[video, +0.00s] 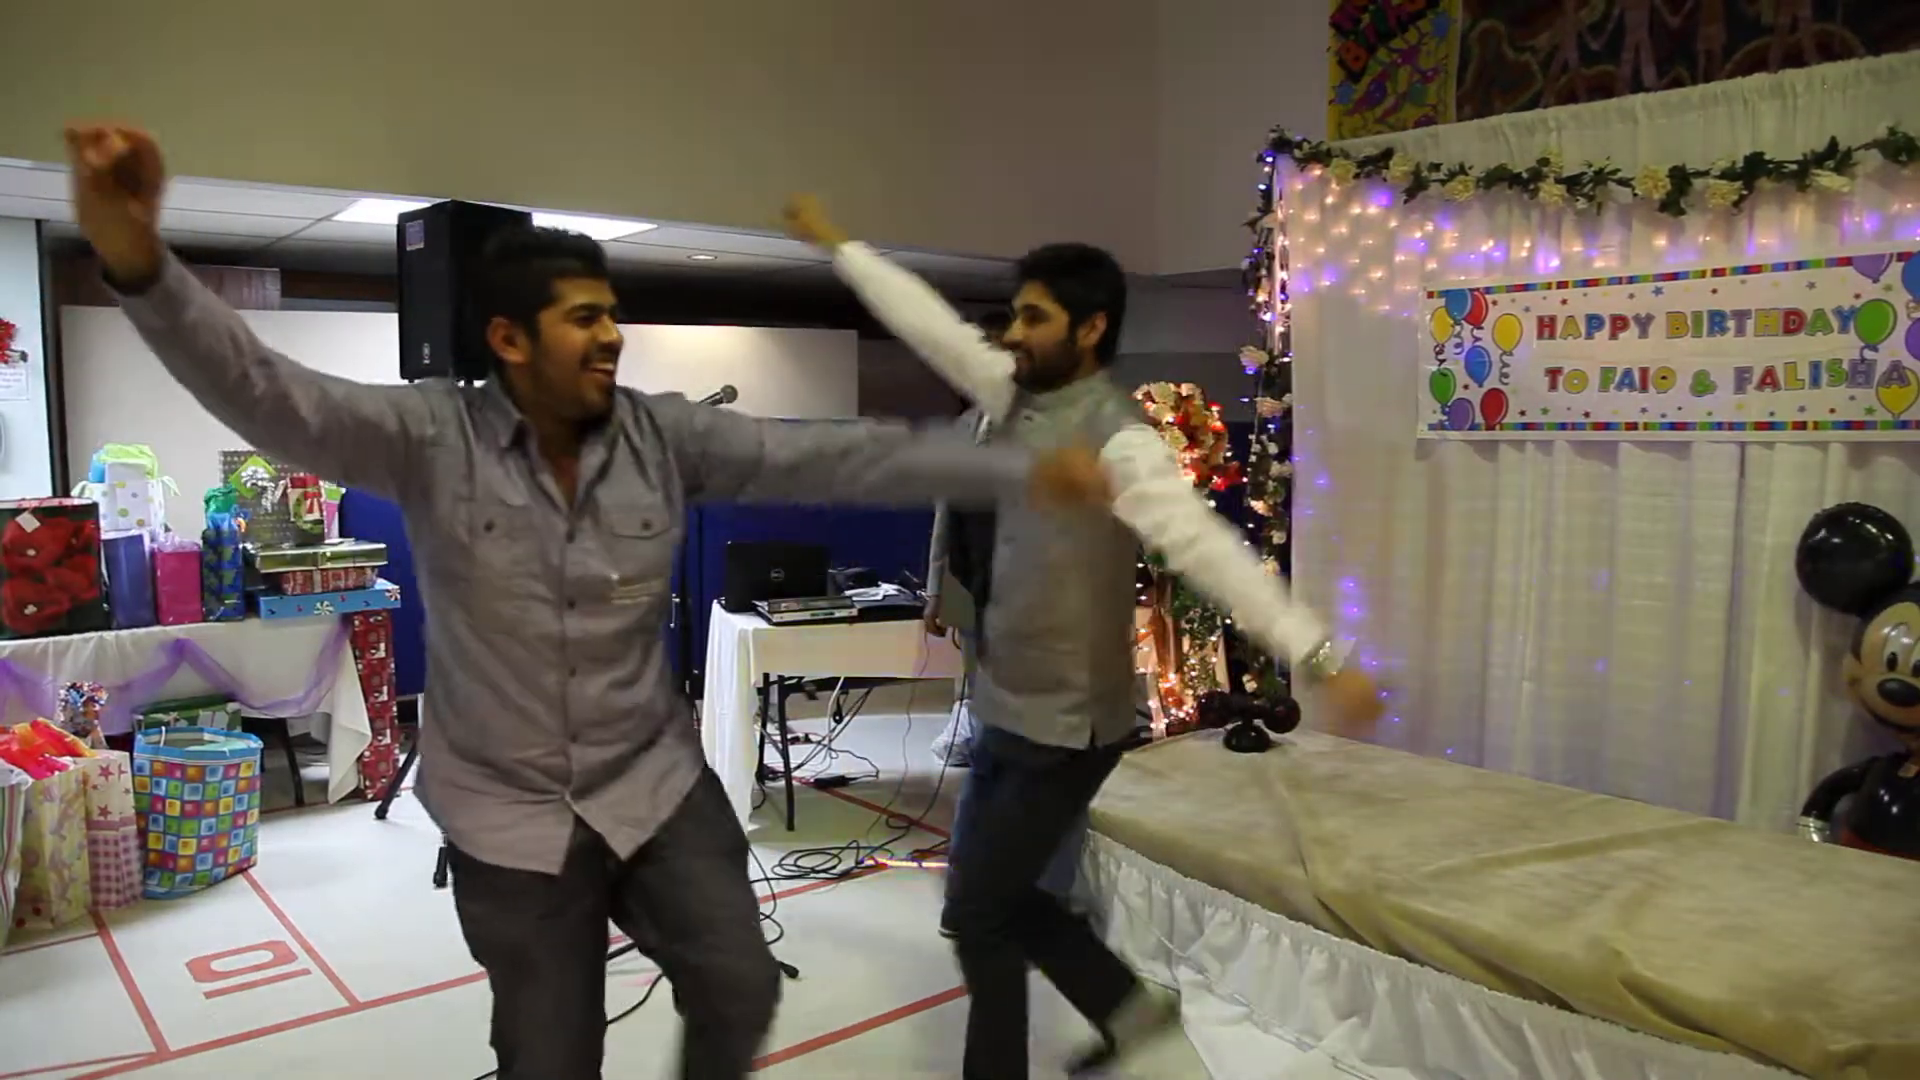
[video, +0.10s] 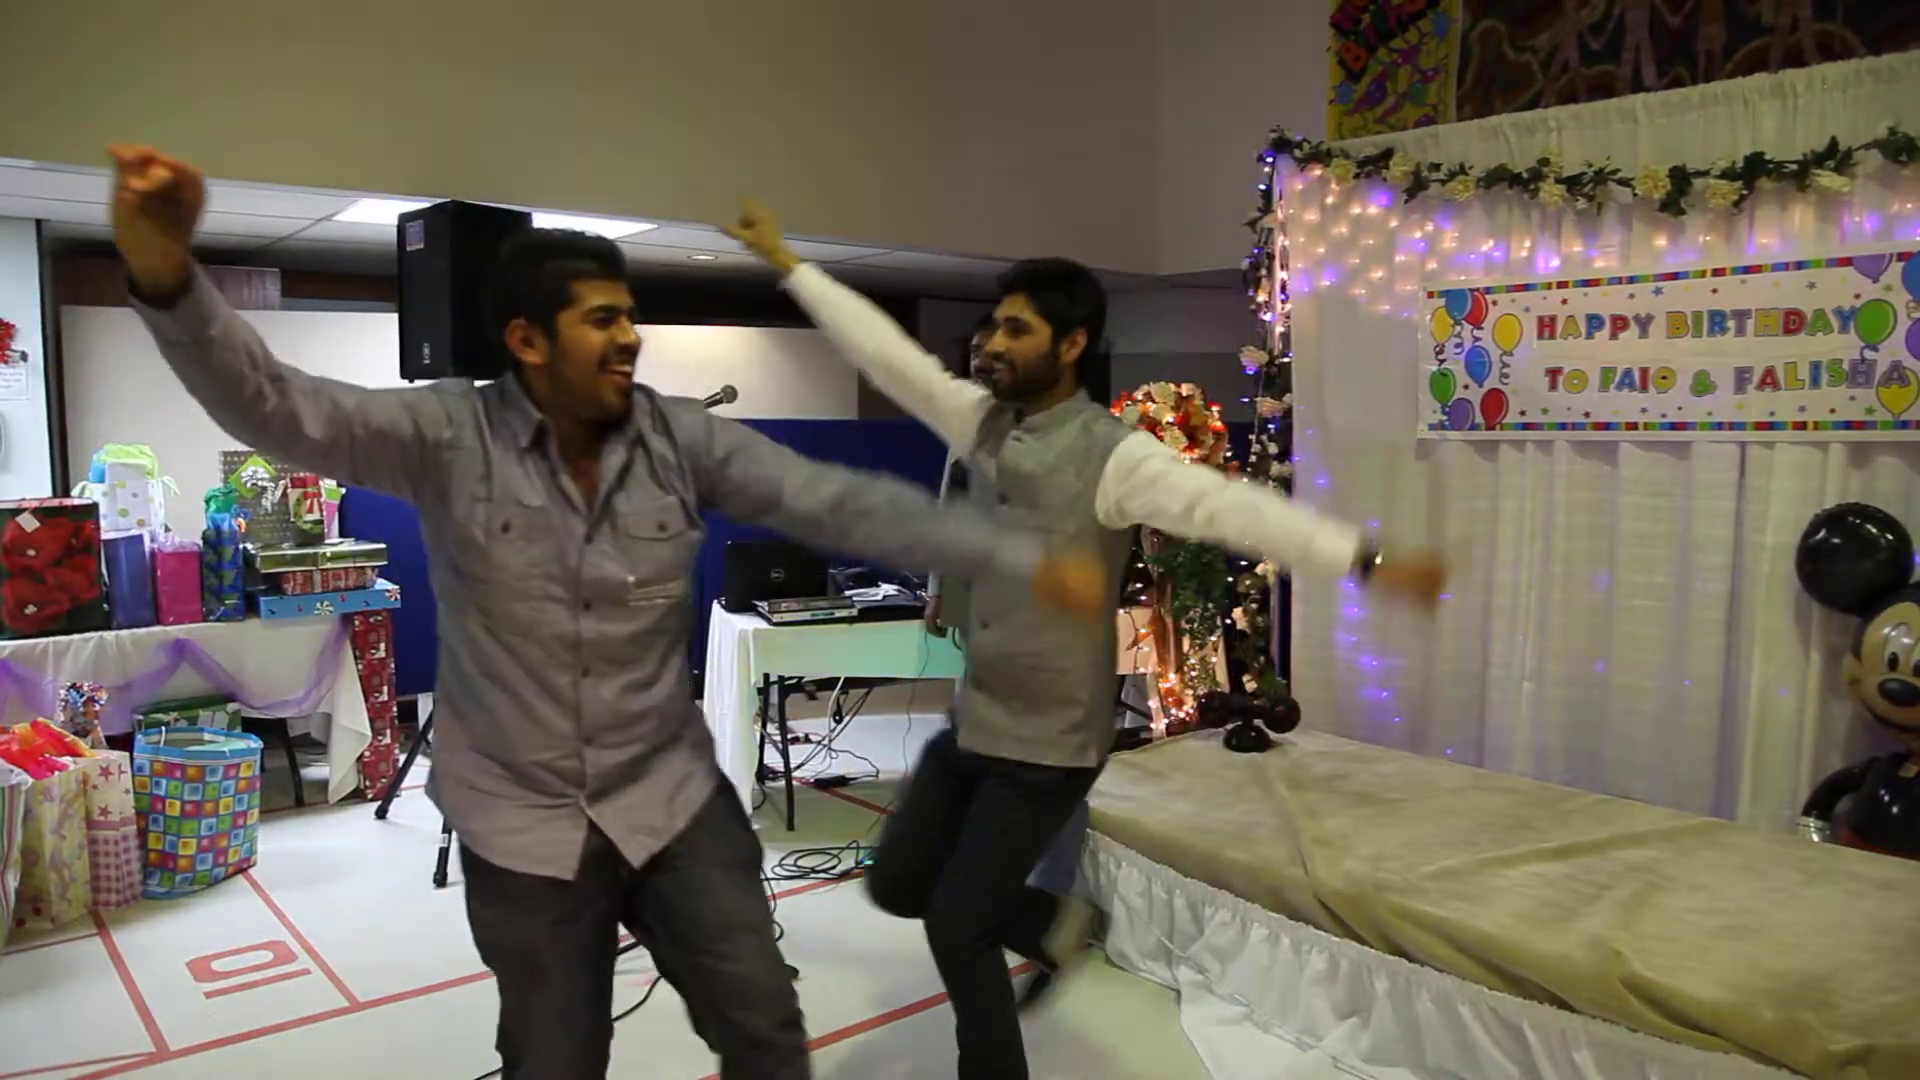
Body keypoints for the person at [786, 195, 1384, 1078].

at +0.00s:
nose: (1012, 333)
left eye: (1033, 318)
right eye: (1014, 316)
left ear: (1091, 329)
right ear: (1024, 326)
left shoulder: (1118, 440)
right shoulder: (1014, 400)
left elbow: (1200, 546)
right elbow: (929, 326)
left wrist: (1316, 655)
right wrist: (838, 243)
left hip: (1071, 721)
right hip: (1006, 704)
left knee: (980, 915)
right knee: (990, 892)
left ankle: (993, 1070)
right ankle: (1131, 1010)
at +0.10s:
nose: (990, 342)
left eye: (1014, 330)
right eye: (991, 327)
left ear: (1071, 349)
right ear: (992, 335)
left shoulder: (1116, 457)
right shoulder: (984, 427)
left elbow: (1224, 505)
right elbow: (889, 357)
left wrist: (1364, 556)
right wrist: (788, 265)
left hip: (1053, 744)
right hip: (975, 724)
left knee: (961, 926)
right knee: (898, 886)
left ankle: (995, 1074)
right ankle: (1045, 922)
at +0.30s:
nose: (963, 329)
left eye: (984, 313)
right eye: (958, 313)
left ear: (1039, 325)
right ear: (957, 325)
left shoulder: (1087, 431)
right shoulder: (927, 414)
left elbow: (1220, 419)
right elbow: (811, 344)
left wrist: (1375, 402)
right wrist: (694, 250)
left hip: (1026, 731)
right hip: (923, 709)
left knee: (966, 929)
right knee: (867, 886)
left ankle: (981, 1071)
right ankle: (914, 960)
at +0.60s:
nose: (908, 328)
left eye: (928, 312)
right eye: (895, 313)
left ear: (968, 326)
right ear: (878, 328)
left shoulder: (1016, 422)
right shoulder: (852, 417)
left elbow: (1134, 382)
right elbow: (748, 335)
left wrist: (1269, 310)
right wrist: (648, 221)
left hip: (982, 727)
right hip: (873, 729)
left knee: (973, 948)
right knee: (897, 946)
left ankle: (953, 1079)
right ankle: (841, 1063)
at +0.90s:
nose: (896, 313)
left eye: (908, 300)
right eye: (876, 298)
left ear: (923, 312)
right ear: (836, 312)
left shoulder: (930, 405)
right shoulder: (811, 415)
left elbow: (1011, 362)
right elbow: (784, 338)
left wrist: (1113, 297)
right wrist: (752, 200)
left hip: (917, 709)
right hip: (831, 724)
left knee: (1011, 861)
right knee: (876, 940)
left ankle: (899, 967)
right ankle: (828, 1070)